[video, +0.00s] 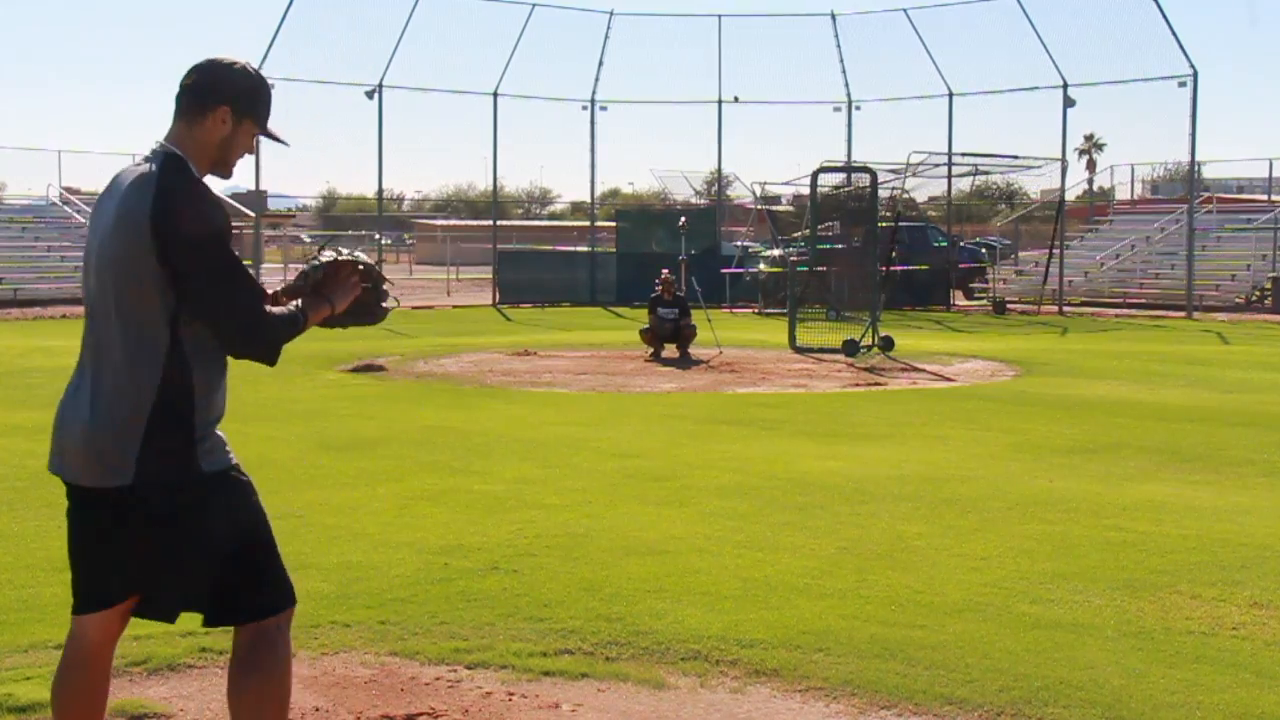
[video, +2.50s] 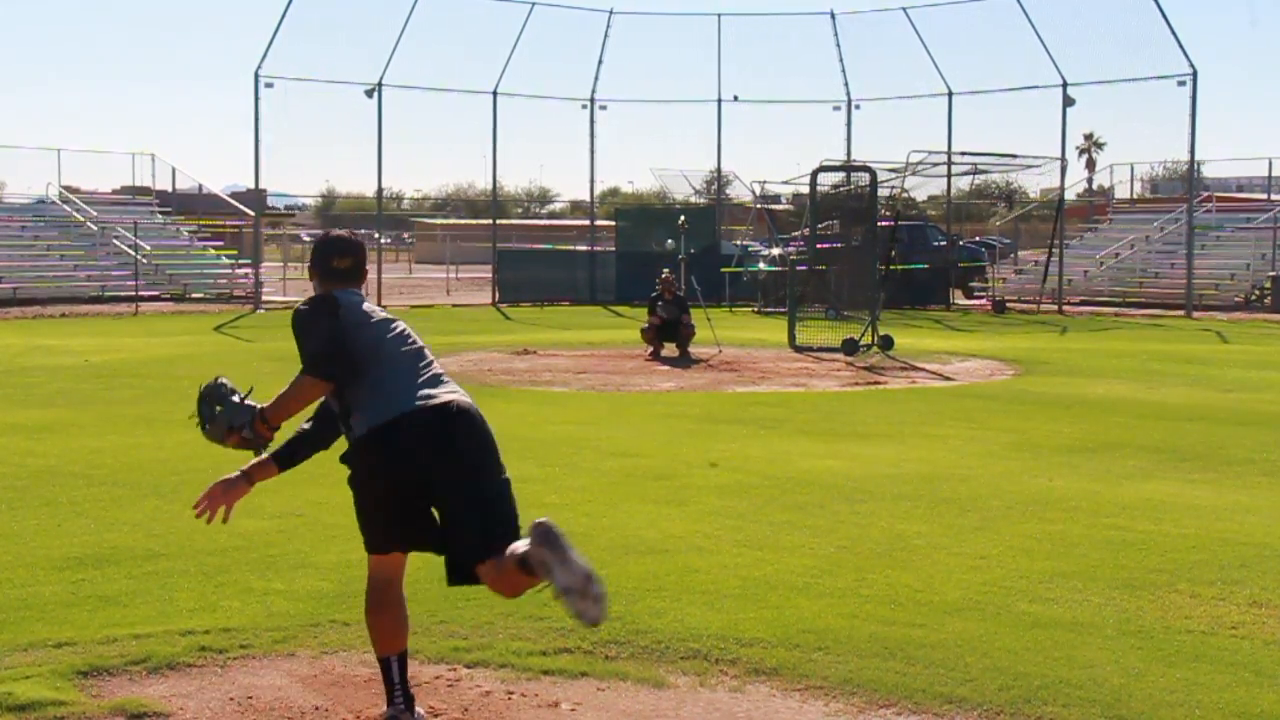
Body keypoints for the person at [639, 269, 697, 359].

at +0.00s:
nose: (668, 287)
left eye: (670, 284)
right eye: (665, 284)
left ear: (674, 286)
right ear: (662, 286)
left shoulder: (680, 299)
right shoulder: (654, 299)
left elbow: (687, 319)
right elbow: (652, 318)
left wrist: (674, 324)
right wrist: (662, 326)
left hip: (677, 329)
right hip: (660, 329)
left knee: (691, 329)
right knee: (645, 332)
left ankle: (683, 349)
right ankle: (657, 348)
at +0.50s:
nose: (668, 286)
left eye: (671, 284)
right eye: (665, 284)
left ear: (674, 285)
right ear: (662, 285)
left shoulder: (681, 300)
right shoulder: (654, 299)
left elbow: (686, 319)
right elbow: (652, 318)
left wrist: (674, 325)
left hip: (677, 329)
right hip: (660, 330)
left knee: (690, 329)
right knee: (645, 332)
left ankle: (683, 350)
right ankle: (657, 348)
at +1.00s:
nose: (669, 286)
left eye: (671, 283)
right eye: (666, 283)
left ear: (675, 285)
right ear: (662, 285)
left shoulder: (682, 300)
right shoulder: (655, 299)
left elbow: (688, 319)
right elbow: (653, 318)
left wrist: (675, 324)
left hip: (677, 329)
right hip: (661, 329)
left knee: (691, 329)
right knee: (645, 332)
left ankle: (683, 350)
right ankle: (657, 348)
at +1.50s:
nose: (669, 286)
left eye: (672, 283)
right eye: (666, 284)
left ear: (675, 285)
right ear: (662, 285)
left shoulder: (682, 299)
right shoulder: (655, 299)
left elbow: (687, 319)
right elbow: (653, 318)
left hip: (677, 328)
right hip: (661, 328)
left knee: (691, 329)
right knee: (645, 332)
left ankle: (683, 349)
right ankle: (657, 347)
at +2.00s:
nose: (668, 286)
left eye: (671, 283)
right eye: (665, 283)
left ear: (675, 284)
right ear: (661, 284)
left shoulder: (681, 299)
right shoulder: (654, 298)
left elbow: (686, 319)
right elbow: (652, 318)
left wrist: (673, 324)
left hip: (676, 327)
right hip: (660, 327)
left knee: (690, 329)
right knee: (645, 332)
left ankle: (683, 349)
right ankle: (656, 348)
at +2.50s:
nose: (667, 286)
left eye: (670, 283)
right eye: (664, 283)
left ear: (674, 285)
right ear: (660, 285)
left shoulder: (680, 299)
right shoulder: (654, 299)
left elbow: (686, 316)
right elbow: (651, 318)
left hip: (677, 326)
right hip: (661, 326)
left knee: (688, 328)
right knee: (646, 331)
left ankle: (683, 349)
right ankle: (657, 347)